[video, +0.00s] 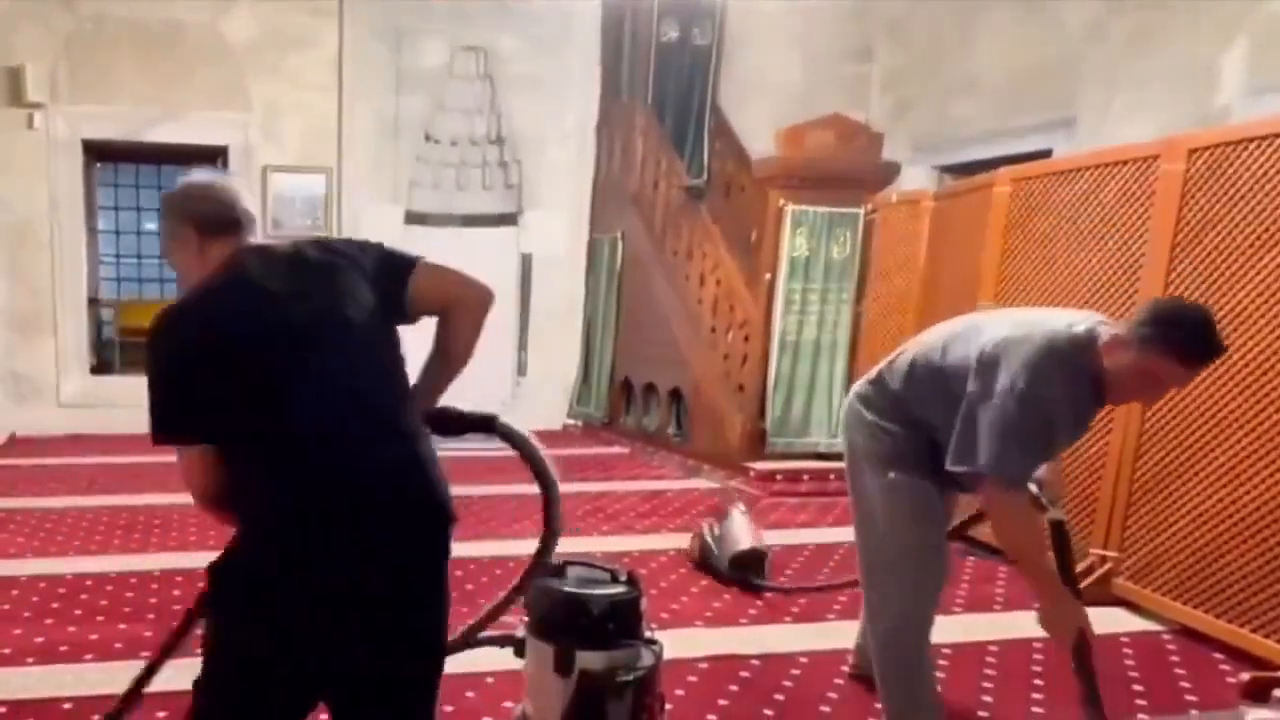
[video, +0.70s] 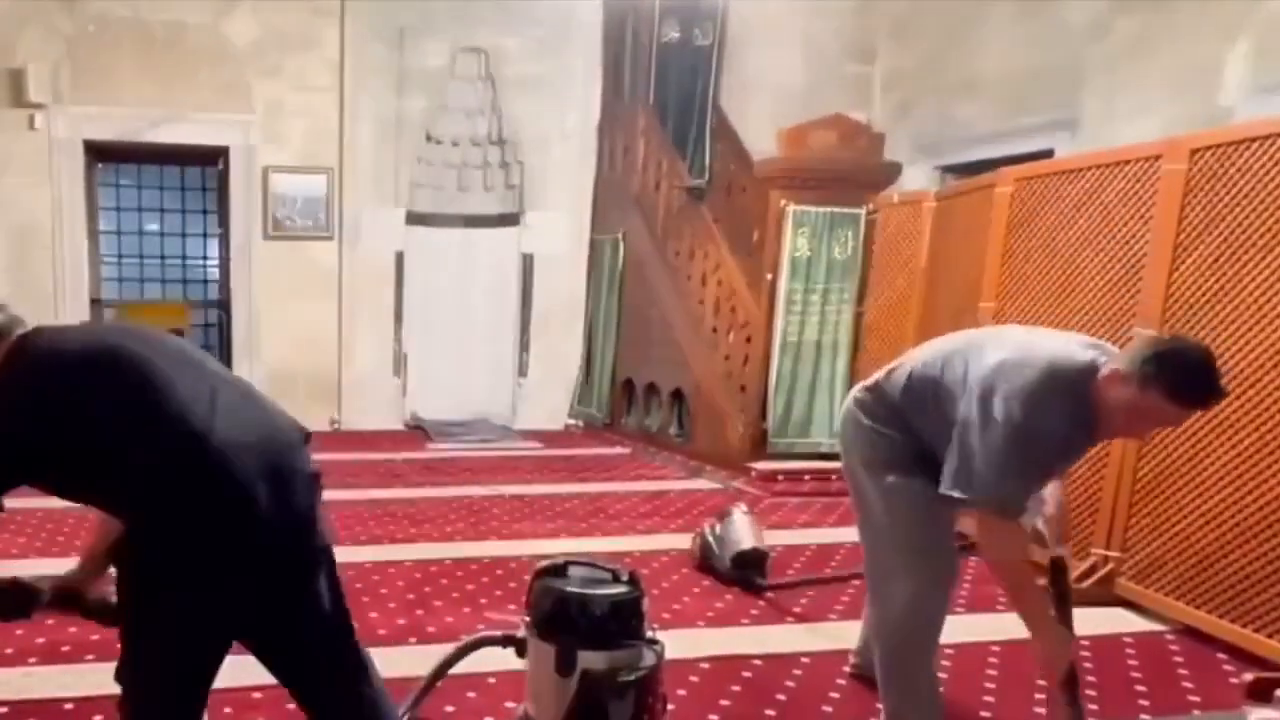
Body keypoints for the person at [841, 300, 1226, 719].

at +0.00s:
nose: (1154, 398)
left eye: (1168, 389)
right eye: (1155, 381)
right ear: (1124, 345)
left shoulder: (1098, 352)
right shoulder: (1037, 364)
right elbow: (1002, 491)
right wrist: (1052, 596)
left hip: (940, 431)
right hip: (890, 423)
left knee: (914, 559)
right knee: (910, 576)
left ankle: (873, 656)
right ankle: (913, 707)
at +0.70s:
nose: (1147, 434)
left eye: (1161, 427)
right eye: (1150, 418)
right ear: (1124, 382)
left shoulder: (1102, 382)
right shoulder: (1029, 392)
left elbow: (1053, 456)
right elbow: (995, 529)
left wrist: (1050, 526)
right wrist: (1046, 633)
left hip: (941, 430)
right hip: (888, 428)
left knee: (916, 559)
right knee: (918, 582)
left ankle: (875, 654)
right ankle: (910, 708)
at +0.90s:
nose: (1142, 436)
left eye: (1157, 428)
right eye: (1144, 417)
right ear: (1117, 379)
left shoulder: (1098, 390)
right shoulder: (1028, 390)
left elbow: (1043, 474)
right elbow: (990, 525)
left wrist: (1039, 547)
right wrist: (1037, 637)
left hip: (943, 432)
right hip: (887, 423)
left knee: (926, 562)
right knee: (901, 590)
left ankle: (876, 653)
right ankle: (910, 706)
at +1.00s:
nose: (1148, 417)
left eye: (1162, 407)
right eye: (1149, 398)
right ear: (1116, 363)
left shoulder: (1097, 375)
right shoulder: (1029, 379)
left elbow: (1040, 448)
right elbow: (971, 505)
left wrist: (1038, 514)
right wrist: (1020, 597)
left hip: (943, 429)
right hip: (887, 423)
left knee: (922, 561)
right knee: (900, 586)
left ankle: (875, 653)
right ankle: (910, 707)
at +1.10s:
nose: (1153, 393)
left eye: (1165, 384)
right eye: (1156, 377)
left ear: (1123, 339)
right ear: (1123, 343)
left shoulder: (1094, 354)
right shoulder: (1033, 360)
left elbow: (1027, 419)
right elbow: (964, 479)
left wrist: (1024, 468)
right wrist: (1013, 565)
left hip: (936, 426)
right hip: (889, 422)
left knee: (918, 565)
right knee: (900, 586)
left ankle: (876, 655)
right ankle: (909, 709)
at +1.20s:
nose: (1166, 378)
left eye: (1177, 368)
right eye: (1170, 362)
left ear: (1133, 327)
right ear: (1136, 332)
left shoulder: (1094, 348)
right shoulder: (1046, 349)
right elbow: (963, 466)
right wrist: (1015, 543)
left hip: (932, 429)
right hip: (892, 421)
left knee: (920, 563)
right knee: (901, 583)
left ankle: (879, 656)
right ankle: (907, 707)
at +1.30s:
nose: (1174, 364)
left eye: (1184, 354)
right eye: (1177, 348)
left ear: (1138, 317)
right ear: (1143, 320)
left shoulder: (1097, 345)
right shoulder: (1054, 340)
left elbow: (1017, 419)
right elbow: (970, 454)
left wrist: (1013, 475)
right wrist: (1011, 528)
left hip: (935, 428)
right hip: (896, 421)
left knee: (923, 562)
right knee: (903, 580)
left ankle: (880, 655)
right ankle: (907, 707)